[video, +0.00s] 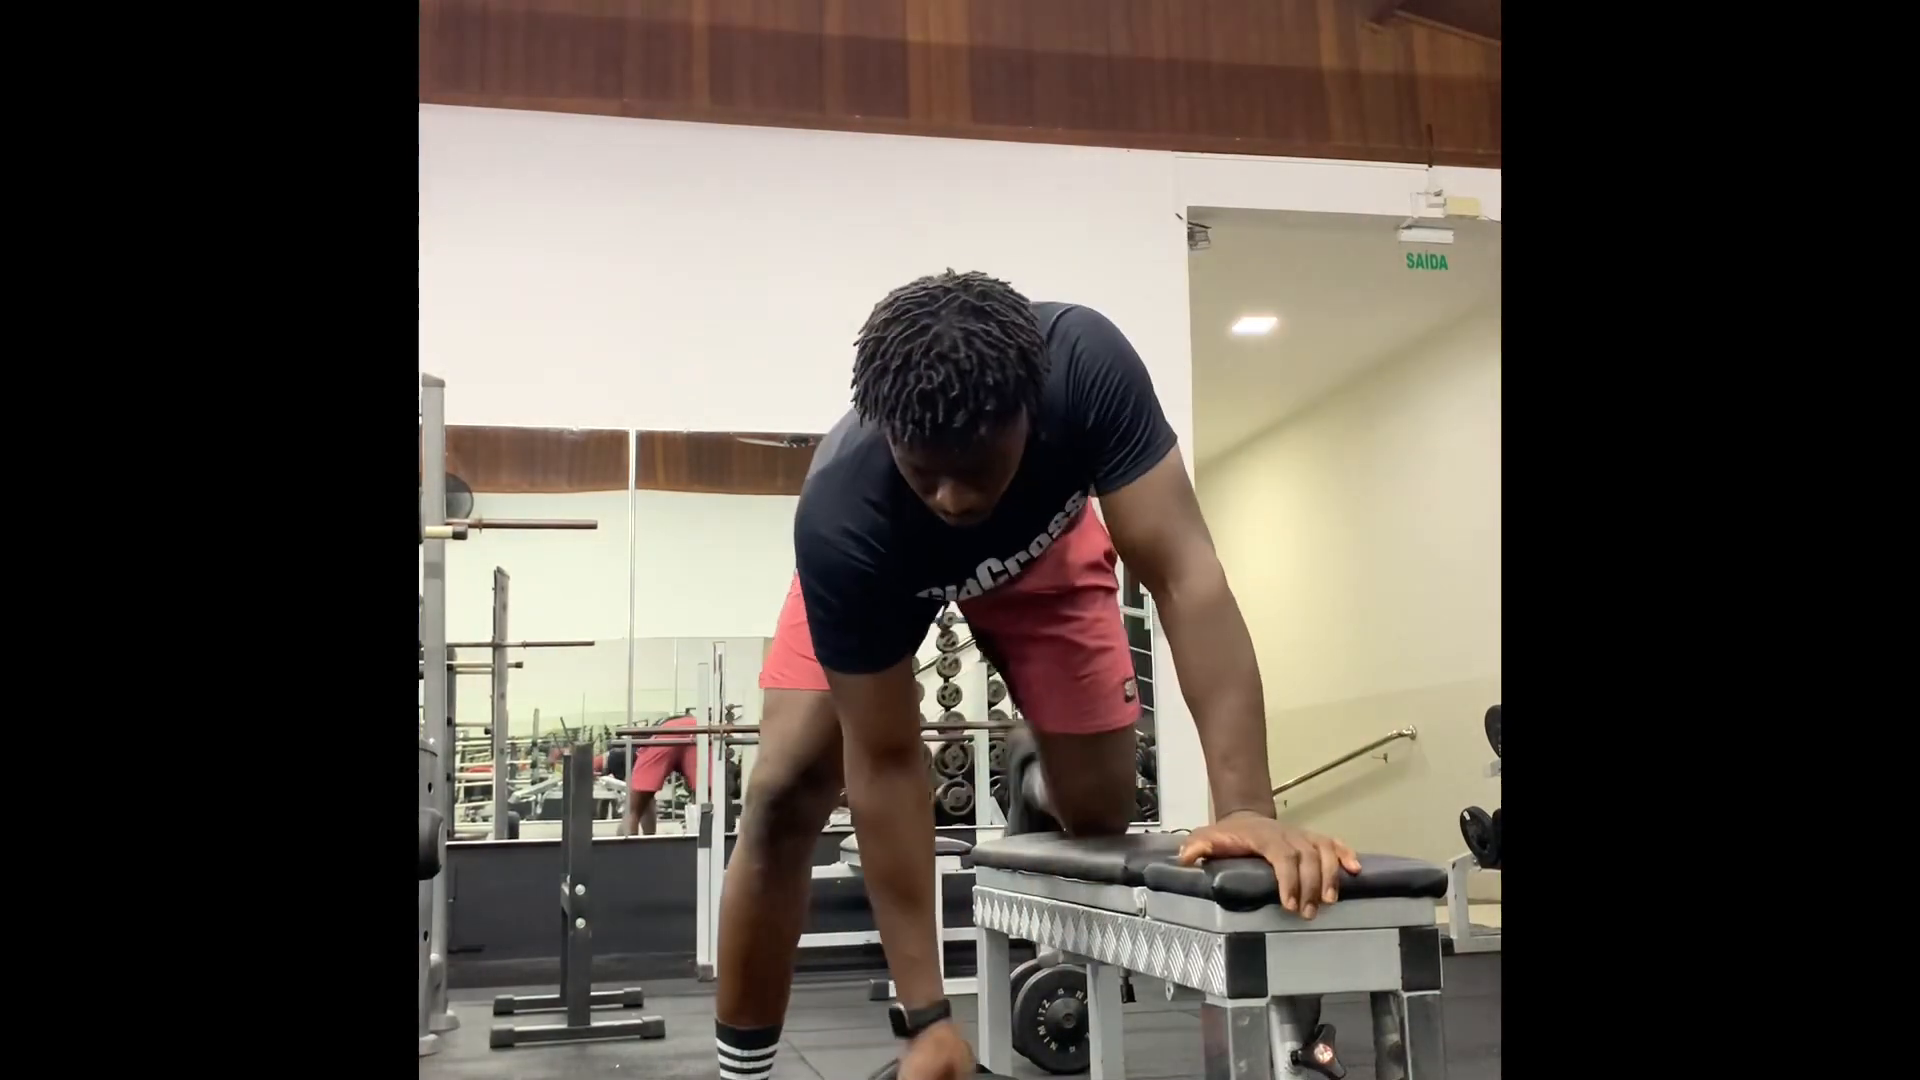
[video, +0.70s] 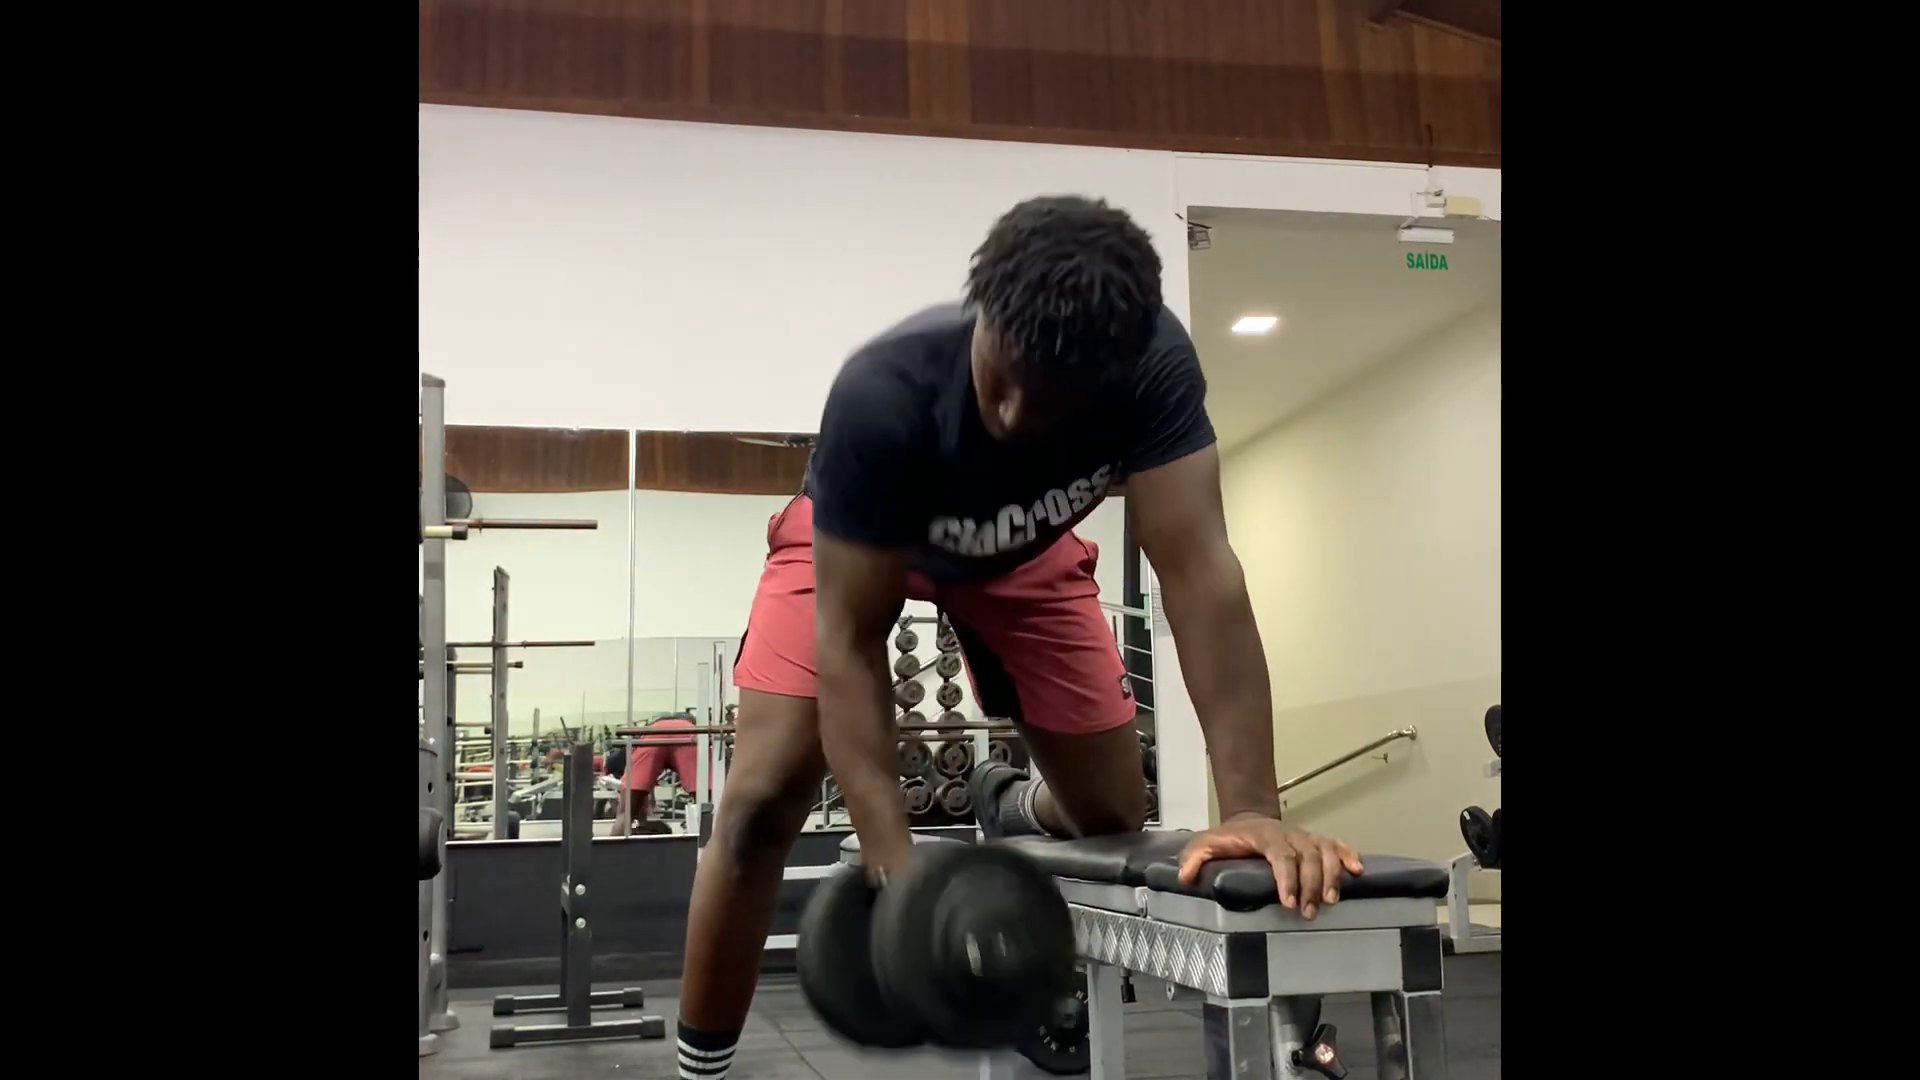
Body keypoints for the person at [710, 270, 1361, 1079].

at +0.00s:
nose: (952, 496)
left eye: (980, 470)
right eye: (924, 473)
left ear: (1028, 407)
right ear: (887, 429)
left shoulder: (1086, 369)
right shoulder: (848, 524)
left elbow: (1187, 577)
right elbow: (887, 762)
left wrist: (1244, 806)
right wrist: (924, 1019)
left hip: (1045, 527)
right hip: (876, 561)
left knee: (1103, 810)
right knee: (781, 797)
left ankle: (1041, 795)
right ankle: (742, 1066)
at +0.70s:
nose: (1012, 414)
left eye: (1047, 398)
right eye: (1001, 378)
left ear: (1109, 364)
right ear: (982, 316)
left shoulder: (1151, 363)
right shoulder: (884, 395)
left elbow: (1199, 568)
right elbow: (848, 644)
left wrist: (1251, 804)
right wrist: (901, 880)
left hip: (1030, 552)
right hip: (856, 540)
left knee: (1113, 817)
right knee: (758, 799)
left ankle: (1005, 807)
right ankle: (699, 1067)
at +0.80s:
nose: (1017, 322)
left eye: (1054, 312)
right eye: (1012, 288)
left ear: (1130, 298)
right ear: (1006, 229)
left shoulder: (1176, 347)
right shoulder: (913, 260)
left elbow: (1210, 559)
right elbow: (785, 417)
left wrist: (1253, 806)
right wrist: (835, 588)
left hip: (1024, 560)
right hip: (855, 530)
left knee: (1112, 816)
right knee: (759, 803)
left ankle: (1018, 809)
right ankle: (697, 1072)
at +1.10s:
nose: (1043, 387)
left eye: (1077, 366)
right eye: (1026, 352)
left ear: (1129, 330)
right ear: (996, 287)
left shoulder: (1159, 363)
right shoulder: (890, 331)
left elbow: (1201, 563)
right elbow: (787, 495)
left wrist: (1253, 805)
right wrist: (828, 695)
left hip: (1032, 561)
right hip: (859, 538)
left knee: (1118, 815)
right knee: (753, 800)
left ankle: (1001, 807)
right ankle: (695, 1074)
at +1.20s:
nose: (1035, 441)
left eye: (1065, 419)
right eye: (1012, 412)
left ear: (1113, 376)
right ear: (975, 351)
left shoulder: (1140, 380)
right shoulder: (875, 427)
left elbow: (1193, 573)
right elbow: (829, 666)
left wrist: (1253, 805)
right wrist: (870, 907)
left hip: (1027, 566)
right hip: (848, 556)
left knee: (1119, 817)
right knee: (744, 805)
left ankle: (1014, 810)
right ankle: (695, 1066)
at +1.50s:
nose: (1031, 395)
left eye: (1064, 376)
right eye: (1013, 361)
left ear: (1116, 343)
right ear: (983, 292)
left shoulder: (1145, 375)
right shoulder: (882, 367)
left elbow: (1200, 586)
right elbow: (810, 572)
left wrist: (1252, 806)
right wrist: (852, 787)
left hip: (1026, 562)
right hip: (857, 546)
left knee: (1115, 813)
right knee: (756, 789)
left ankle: (1006, 800)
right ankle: (699, 1072)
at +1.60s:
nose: (1064, 314)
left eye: (1100, 296)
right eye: (1048, 275)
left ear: (1153, 276)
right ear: (1028, 216)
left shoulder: (1173, 368)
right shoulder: (928, 259)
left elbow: (1206, 571)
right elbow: (795, 360)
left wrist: (1253, 807)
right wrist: (818, 512)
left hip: (1019, 561)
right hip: (862, 527)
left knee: (1116, 811)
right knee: (758, 800)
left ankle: (1005, 805)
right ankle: (696, 1071)